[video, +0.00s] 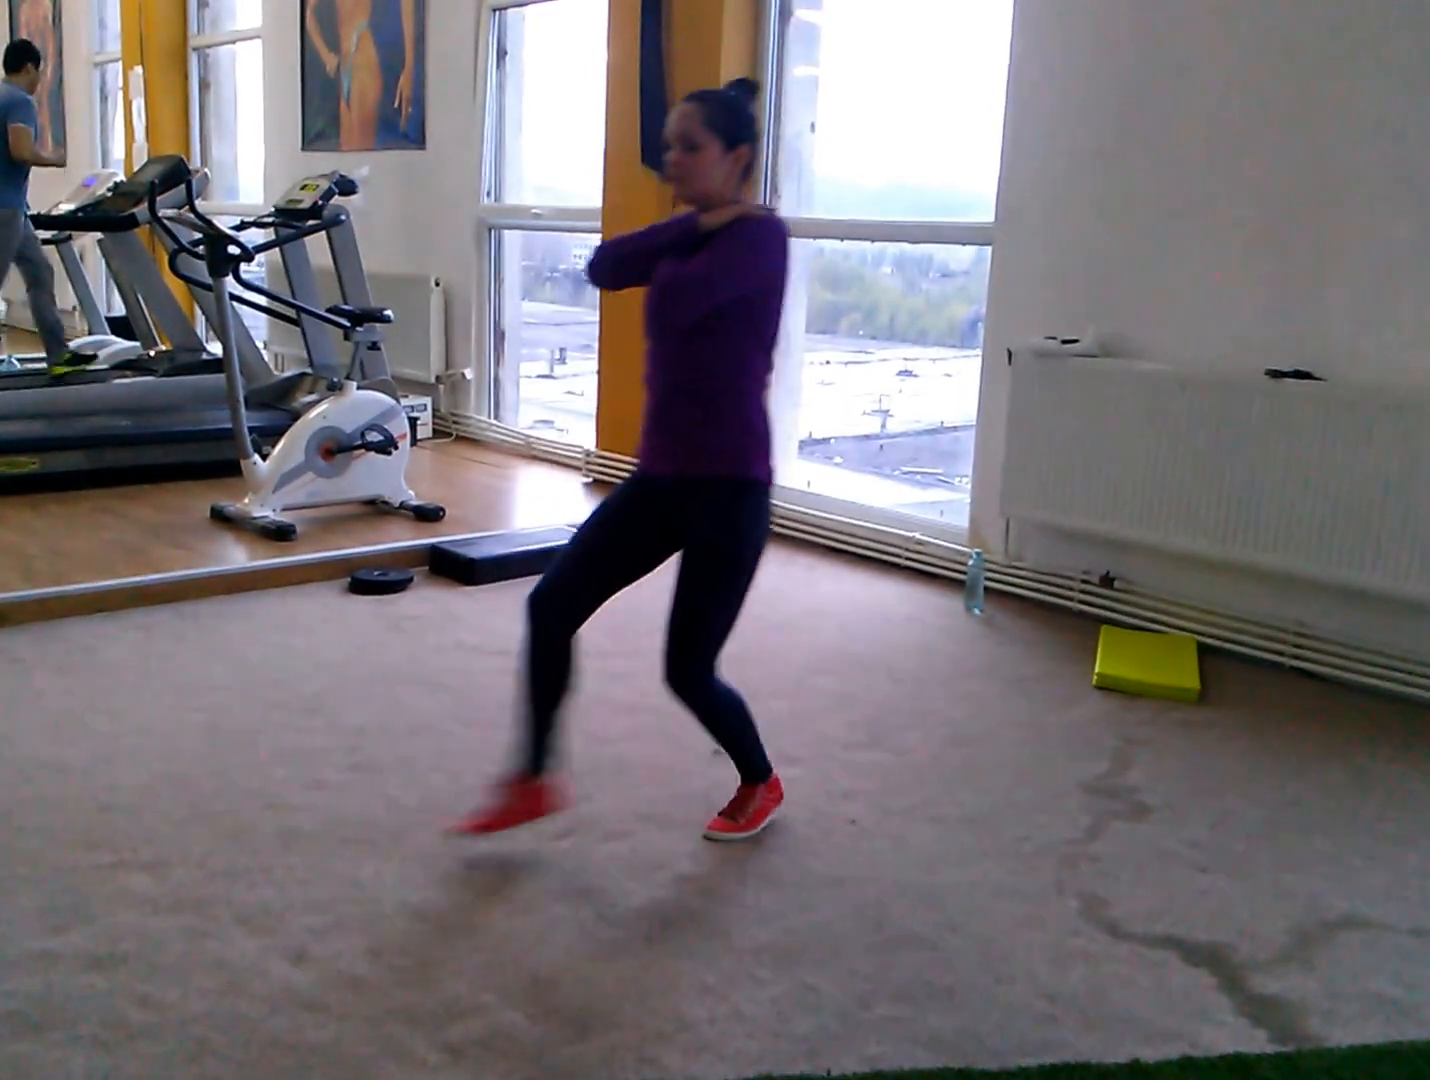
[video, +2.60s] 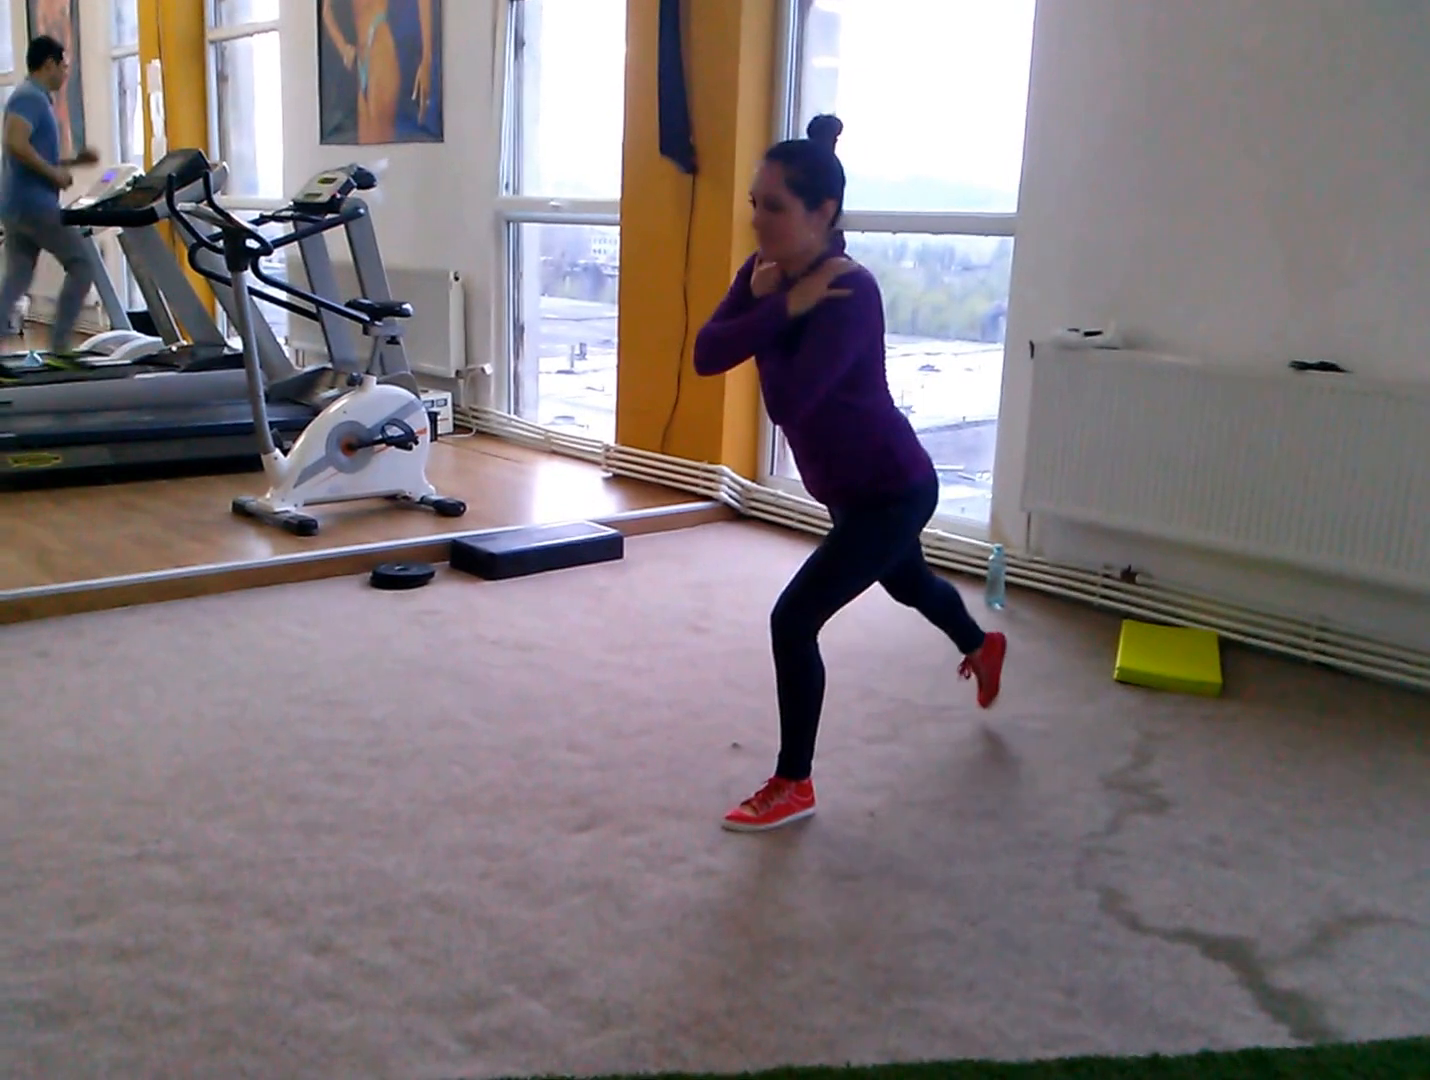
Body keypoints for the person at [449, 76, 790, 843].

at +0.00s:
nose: (672, 164)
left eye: (688, 148)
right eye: (669, 150)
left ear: (739, 154)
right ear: (677, 157)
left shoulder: (760, 238)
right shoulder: (684, 237)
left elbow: (675, 304)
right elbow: (602, 268)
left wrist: (671, 242)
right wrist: (694, 226)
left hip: (731, 489)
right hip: (660, 481)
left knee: (689, 671)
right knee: (551, 606)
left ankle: (760, 780)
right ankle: (533, 778)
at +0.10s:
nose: (707, 149)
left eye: (722, 136)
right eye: (703, 136)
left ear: (771, 143)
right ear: (710, 142)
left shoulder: (791, 227)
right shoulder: (719, 224)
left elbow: (704, 298)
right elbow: (631, 260)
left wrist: (693, 245)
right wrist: (727, 217)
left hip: (763, 478)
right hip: (697, 470)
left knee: (715, 650)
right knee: (600, 597)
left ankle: (762, 787)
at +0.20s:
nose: (731, 143)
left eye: (747, 130)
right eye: (729, 130)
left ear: (795, 137)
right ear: (736, 137)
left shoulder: (817, 220)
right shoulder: (743, 221)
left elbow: (738, 289)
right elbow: (662, 258)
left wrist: (721, 235)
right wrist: (750, 212)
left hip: (789, 469)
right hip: (725, 462)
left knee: (733, 631)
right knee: (675, 617)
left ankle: (761, 786)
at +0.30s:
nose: (759, 151)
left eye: (775, 139)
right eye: (756, 138)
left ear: (820, 145)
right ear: (759, 142)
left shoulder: (841, 230)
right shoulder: (762, 226)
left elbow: (760, 293)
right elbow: (686, 259)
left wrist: (746, 238)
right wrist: (774, 221)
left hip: (813, 467)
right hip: (751, 462)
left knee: (740, 632)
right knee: (755, 618)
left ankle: (762, 786)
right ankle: (871, 649)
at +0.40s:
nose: (781, 171)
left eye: (795, 158)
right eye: (777, 157)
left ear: (842, 165)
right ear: (778, 163)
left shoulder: (862, 249)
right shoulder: (781, 239)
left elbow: (786, 317)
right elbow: (708, 277)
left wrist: (757, 255)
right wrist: (798, 238)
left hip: (839, 477)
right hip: (782, 472)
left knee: (752, 631)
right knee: (830, 611)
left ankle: (763, 787)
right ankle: (922, 650)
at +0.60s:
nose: (823, 244)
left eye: (839, 230)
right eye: (819, 229)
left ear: (882, 234)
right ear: (816, 232)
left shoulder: (899, 312)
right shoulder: (822, 297)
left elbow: (839, 393)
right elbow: (757, 350)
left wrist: (823, 318)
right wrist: (828, 302)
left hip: (891, 521)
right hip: (839, 516)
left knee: (781, 622)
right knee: (900, 636)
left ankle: (764, 786)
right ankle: (984, 676)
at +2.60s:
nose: (756, 219)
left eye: (772, 206)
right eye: (754, 203)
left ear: (825, 216)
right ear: (755, 209)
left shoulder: (852, 293)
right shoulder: (760, 276)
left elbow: (789, 401)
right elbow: (706, 356)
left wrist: (763, 316)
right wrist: (790, 304)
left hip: (896, 494)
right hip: (847, 492)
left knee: (793, 621)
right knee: (912, 584)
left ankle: (793, 782)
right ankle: (981, 646)